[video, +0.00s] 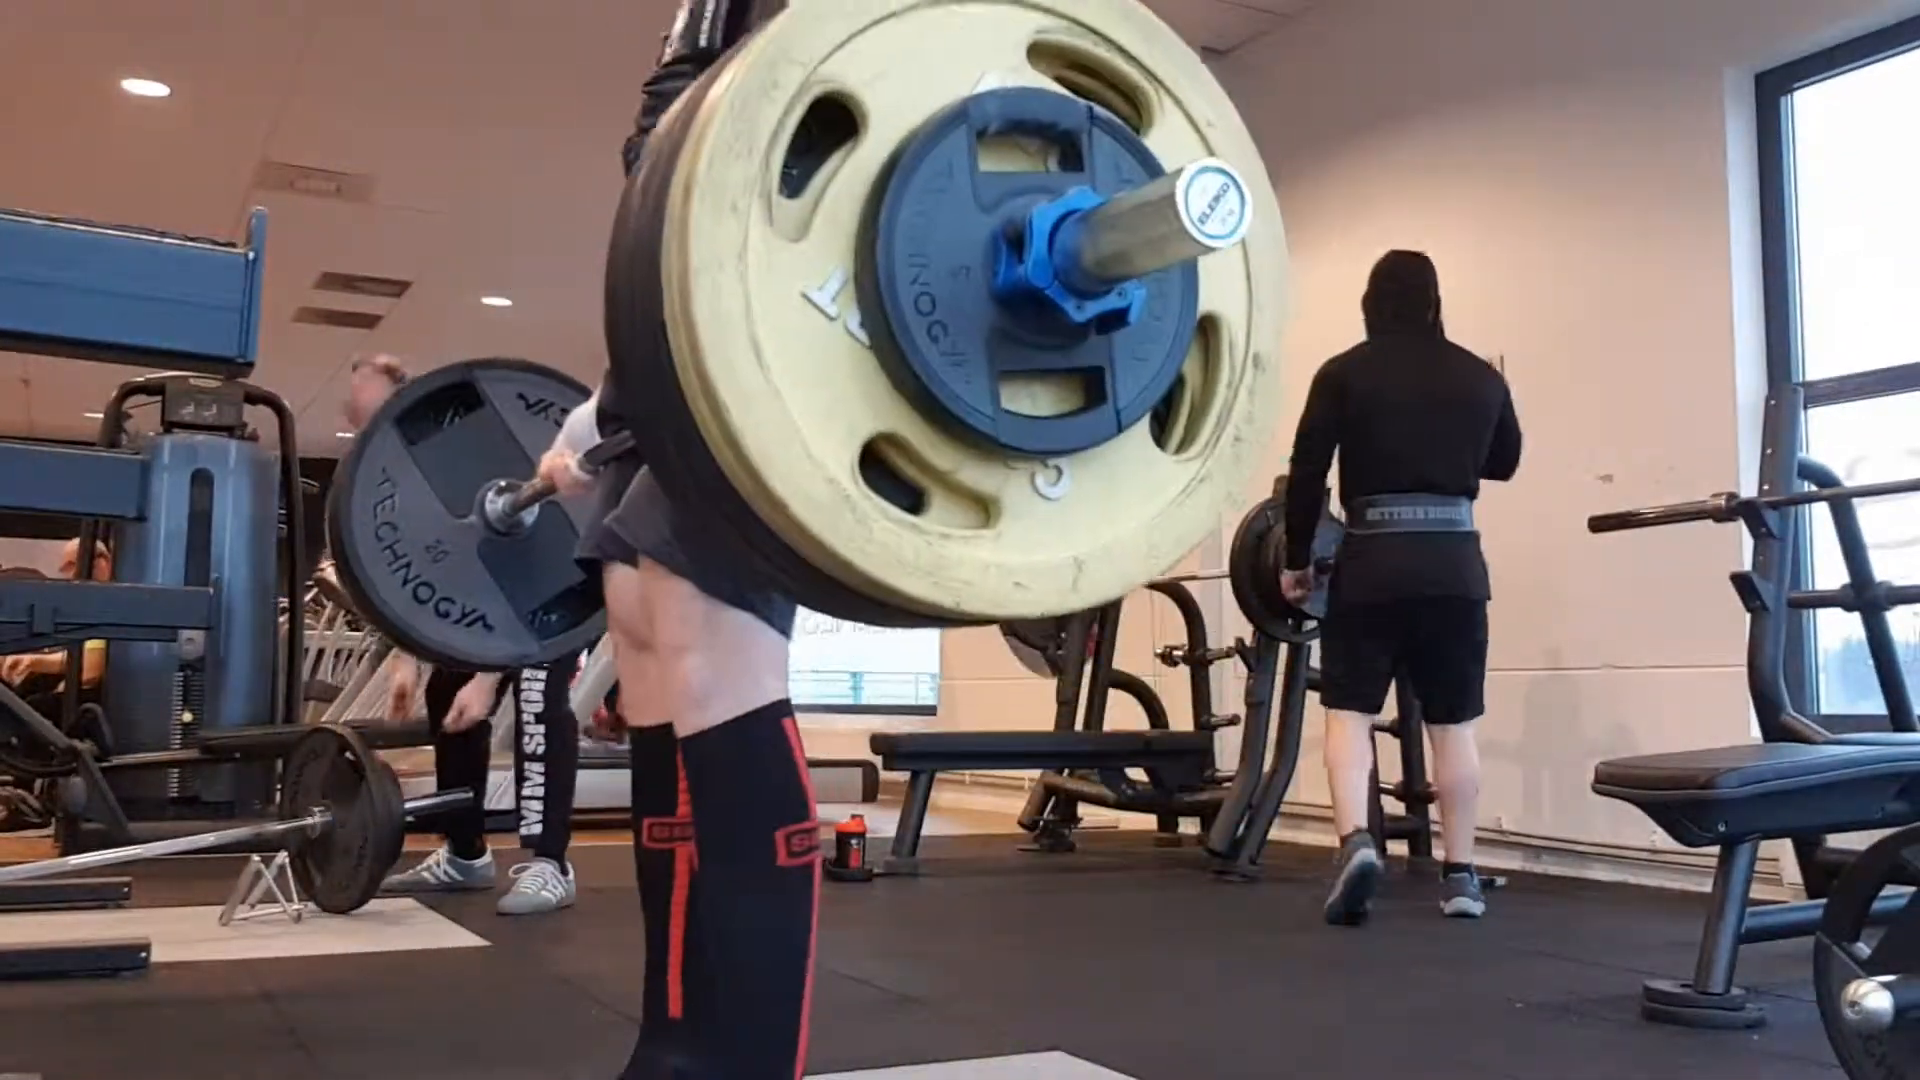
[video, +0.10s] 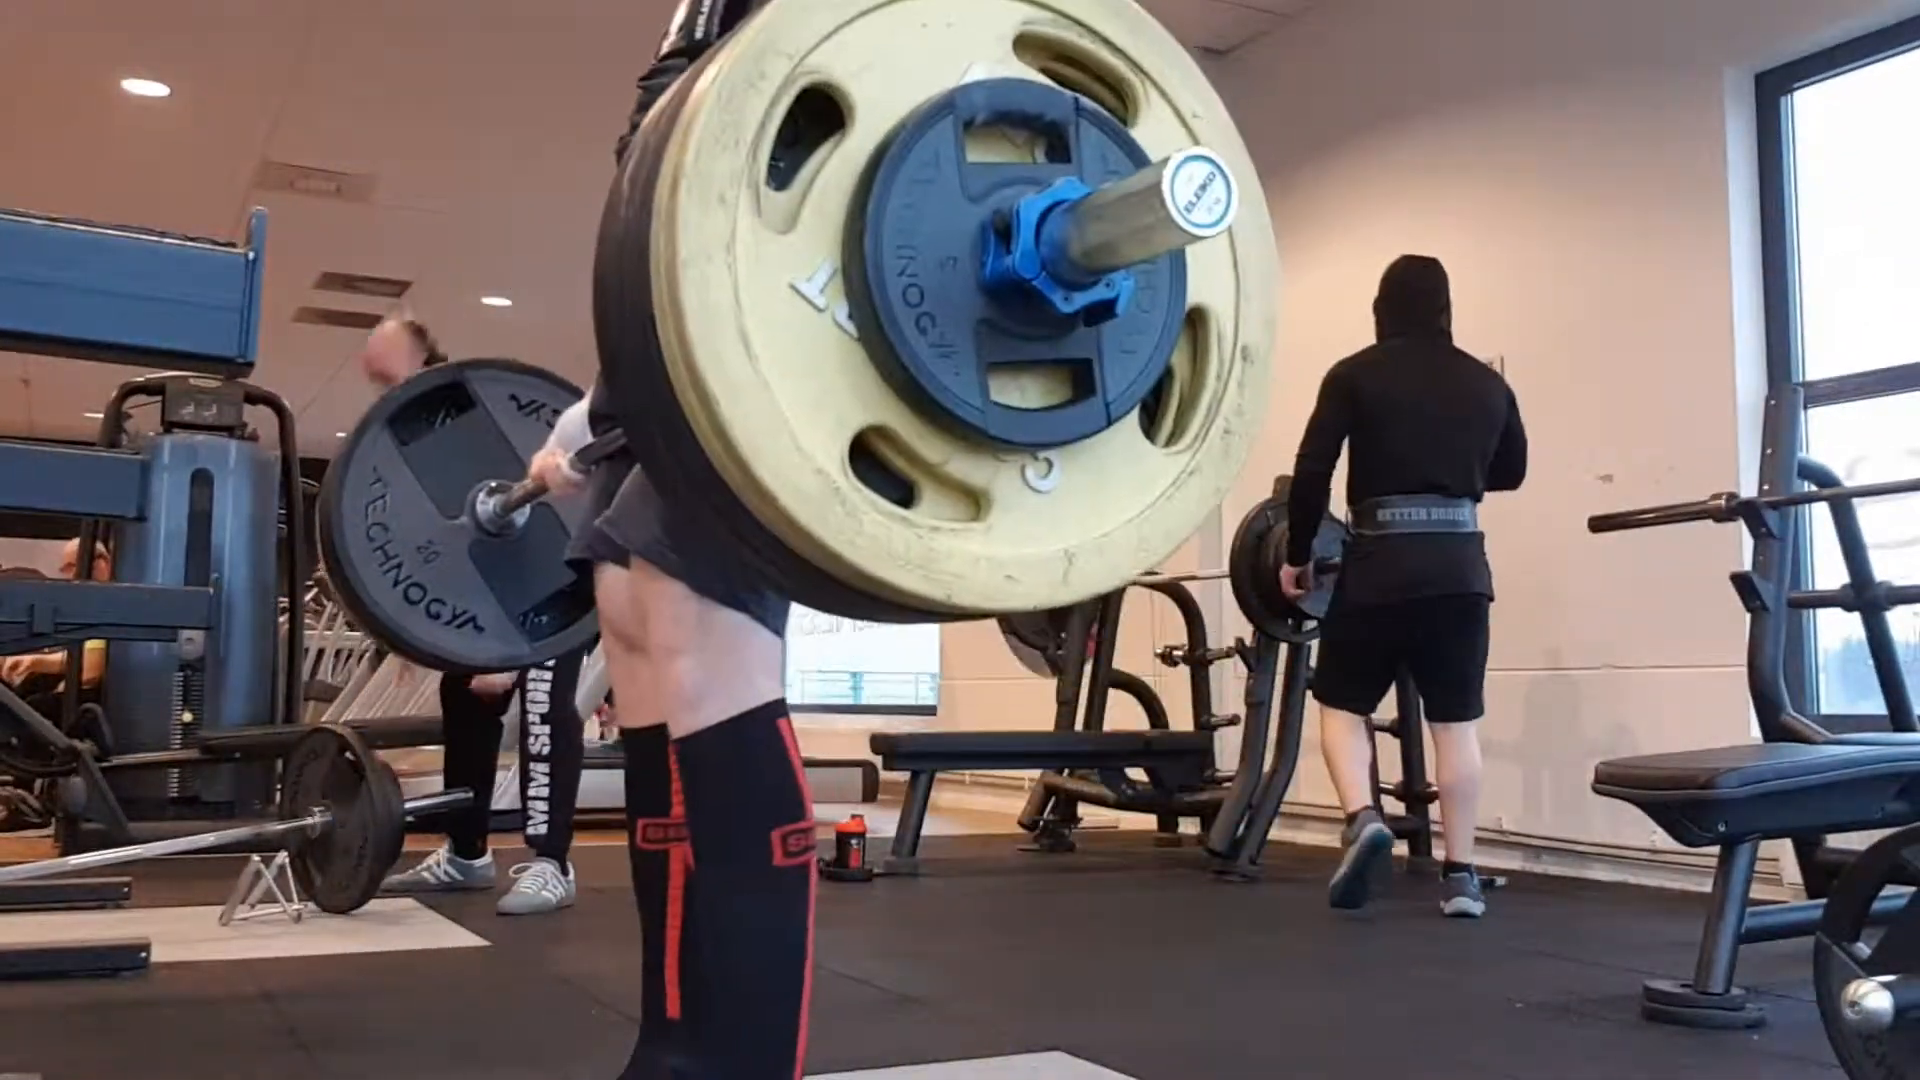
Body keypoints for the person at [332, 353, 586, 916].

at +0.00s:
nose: (356, 424)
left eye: (363, 410)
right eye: (354, 413)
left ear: (398, 395)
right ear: (365, 410)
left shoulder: (460, 444)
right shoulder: (392, 461)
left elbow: (515, 564)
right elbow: (419, 562)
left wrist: (490, 674)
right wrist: (406, 651)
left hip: (538, 589)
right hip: (471, 595)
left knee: (540, 701)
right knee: (450, 696)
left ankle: (549, 862)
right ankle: (465, 853)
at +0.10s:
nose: (388, 393)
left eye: (392, 377)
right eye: (380, 381)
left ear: (423, 361)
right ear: (380, 376)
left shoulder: (488, 416)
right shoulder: (407, 432)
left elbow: (530, 531)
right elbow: (408, 543)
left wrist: (506, 645)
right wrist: (420, 629)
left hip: (553, 584)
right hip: (479, 594)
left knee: (545, 703)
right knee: (465, 694)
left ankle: (549, 862)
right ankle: (467, 855)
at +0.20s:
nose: (400, 343)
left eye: (408, 328)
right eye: (394, 330)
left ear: (448, 320)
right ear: (410, 326)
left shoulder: (531, 378)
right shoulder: (423, 401)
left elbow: (579, 468)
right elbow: (405, 513)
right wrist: (417, 607)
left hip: (554, 577)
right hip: (473, 585)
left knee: (550, 711)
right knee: (473, 706)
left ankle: (551, 863)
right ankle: (466, 856)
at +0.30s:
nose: (423, 299)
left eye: (435, 286)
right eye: (420, 287)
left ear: (480, 290)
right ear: (433, 296)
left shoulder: (553, 358)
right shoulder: (454, 362)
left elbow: (585, 463)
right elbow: (447, 470)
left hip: (553, 556)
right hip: (478, 560)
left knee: (556, 700)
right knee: (475, 691)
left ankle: (552, 861)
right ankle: (483, 849)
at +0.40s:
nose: (453, 269)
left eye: (466, 256)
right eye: (451, 257)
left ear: (508, 265)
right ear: (465, 270)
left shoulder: (560, 335)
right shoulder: (466, 349)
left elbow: (585, 438)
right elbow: (474, 448)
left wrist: (556, 518)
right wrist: (458, 534)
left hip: (557, 543)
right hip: (490, 545)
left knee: (556, 693)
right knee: (488, 690)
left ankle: (553, 858)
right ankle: (513, 841)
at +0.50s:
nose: (478, 252)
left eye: (492, 239)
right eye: (474, 241)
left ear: (532, 249)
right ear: (474, 254)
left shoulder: (568, 327)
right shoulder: (472, 342)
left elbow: (587, 437)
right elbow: (478, 437)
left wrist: (567, 537)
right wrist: (460, 526)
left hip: (565, 533)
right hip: (498, 539)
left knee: (566, 687)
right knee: (506, 687)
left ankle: (555, 857)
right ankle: (525, 846)